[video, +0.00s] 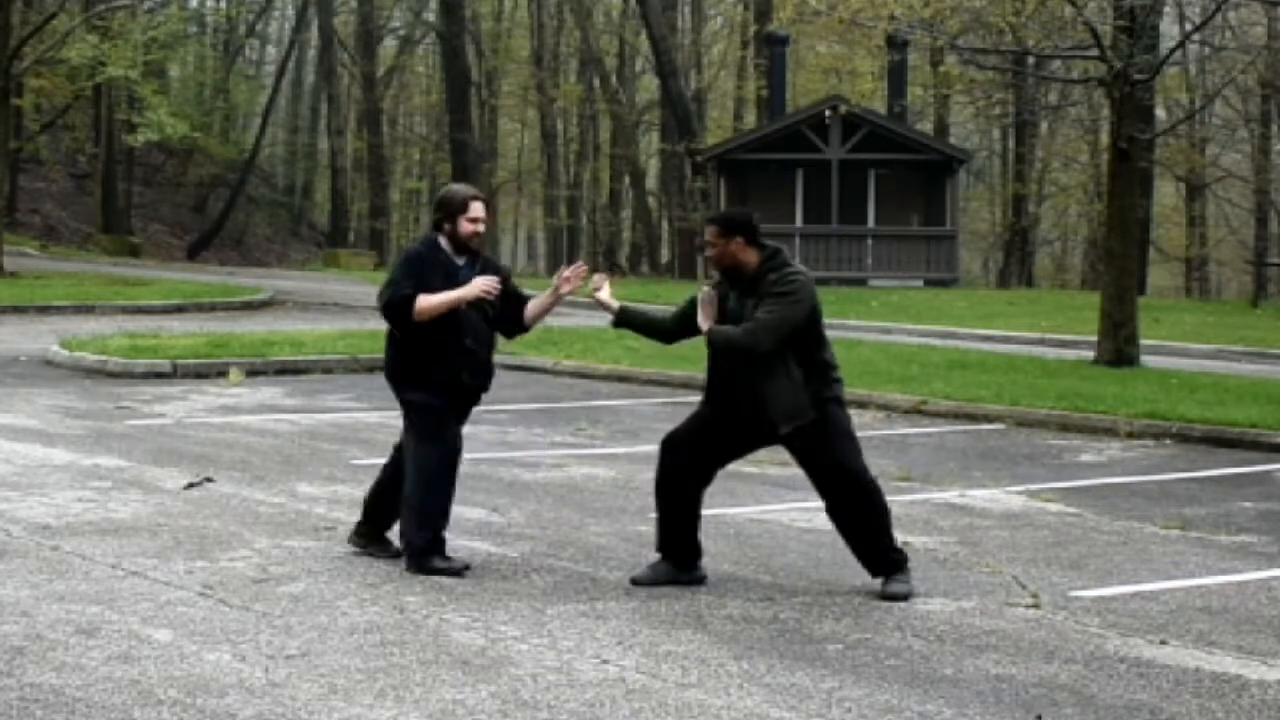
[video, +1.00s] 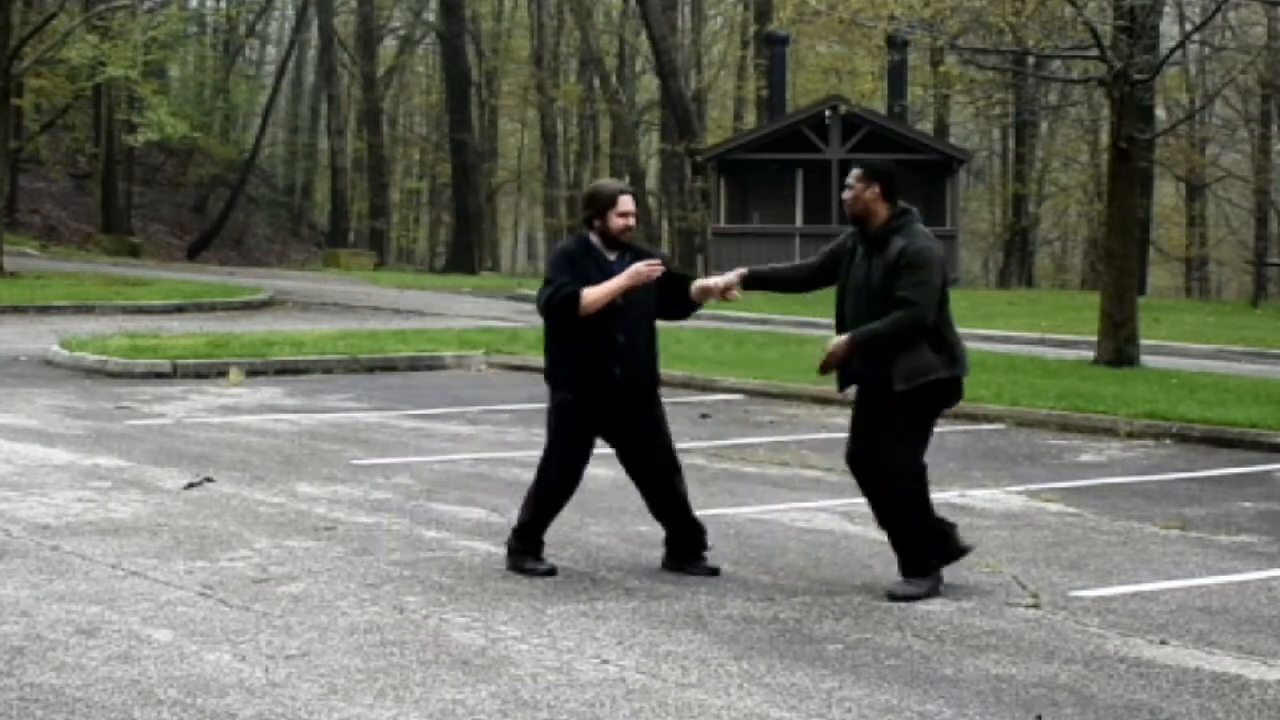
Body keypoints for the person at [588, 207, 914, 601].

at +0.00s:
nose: (707, 254)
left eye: (712, 245)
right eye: (706, 247)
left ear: (739, 242)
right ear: (729, 246)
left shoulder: (794, 285)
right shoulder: (724, 289)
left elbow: (760, 336)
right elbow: (672, 329)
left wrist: (711, 329)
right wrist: (615, 308)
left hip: (807, 410)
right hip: (746, 409)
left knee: (848, 481)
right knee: (679, 453)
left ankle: (892, 569)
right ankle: (679, 561)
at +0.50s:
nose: (728, 244)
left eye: (734, 236)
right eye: (728, 235)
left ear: (760, 236)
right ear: (754, 237)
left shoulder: (811, 283)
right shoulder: (738, 286)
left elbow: (800, 343)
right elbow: (707, 337)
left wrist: (732, 346)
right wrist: (655, 359)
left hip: (812, 409)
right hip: (751, 408)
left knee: (838, 483)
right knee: (691, 459)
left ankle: (902, 562)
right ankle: (680, 562)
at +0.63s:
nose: (757, 233)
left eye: (762, 224)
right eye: (756, 225)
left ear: (788, 227)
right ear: (785, 228)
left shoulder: (839, 272)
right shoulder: (770, 274)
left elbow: (834, 330)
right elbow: (747, 336)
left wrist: (772, 313)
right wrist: (707, 381)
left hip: (830, 412)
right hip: (773, 408)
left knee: (844, 488)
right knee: (717, 471)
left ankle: (918, 566)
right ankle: (680, 560)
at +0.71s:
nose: (781, 224)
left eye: (785, 215)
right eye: (780, 216)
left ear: (810, 215)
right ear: (805, 217)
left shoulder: (863, 259)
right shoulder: (800, 262)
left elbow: (853, 313)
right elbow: (773, 321)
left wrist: (797, 301)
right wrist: (728, 349)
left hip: (859, 401)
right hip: (803, 398)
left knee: (861, 484)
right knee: (757, 476)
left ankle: (919, 571)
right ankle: (694, 555)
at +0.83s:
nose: (811, 211)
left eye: (817, 202)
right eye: (811, 203)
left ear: (844, 205)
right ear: (838, 207)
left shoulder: (890, 251)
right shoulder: (825, 255)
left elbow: (883, 309)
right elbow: (783, 290)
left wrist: (823, 325)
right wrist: (720, 281)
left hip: (896, 385)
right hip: (838, 383)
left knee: (889, 476)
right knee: (793, 455)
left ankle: (920, 573)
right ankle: (785, 556)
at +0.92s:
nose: (827, 202)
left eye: (834, 194)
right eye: (828, 194)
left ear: (860, 198)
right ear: (852, 200)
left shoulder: (903, 248)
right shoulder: (840, 249)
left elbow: (898, 314)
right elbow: (790, 277)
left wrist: (837, 347)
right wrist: (725, 269)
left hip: (914, 378)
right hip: (863, 379)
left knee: (899, 469)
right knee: (824, 455)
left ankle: (922, 571)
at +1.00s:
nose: (844, 197)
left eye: (851, 189)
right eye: (845, 189)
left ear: (877, 194)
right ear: (871, 195)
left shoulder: (917, 247)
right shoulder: (856, 244)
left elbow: (915, 316)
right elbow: (808, 275)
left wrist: (853, 341)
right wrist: (746, 277)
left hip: (921, 376)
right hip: (879, 377)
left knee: (895, 463)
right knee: (863, 459)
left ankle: (923, 571)